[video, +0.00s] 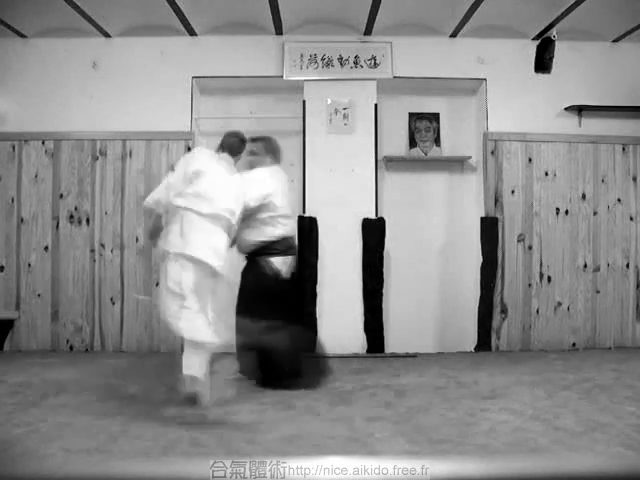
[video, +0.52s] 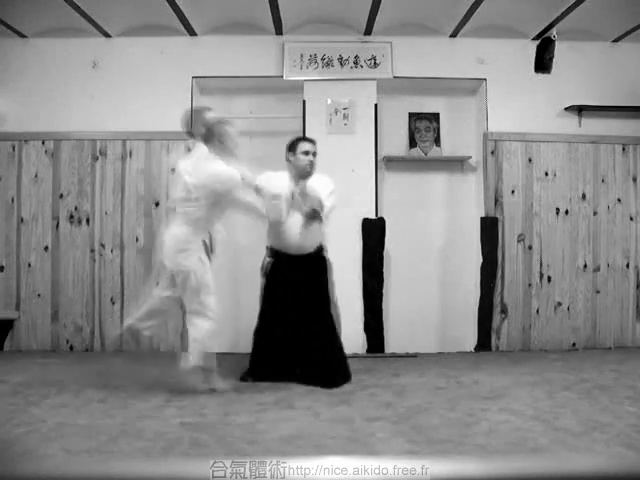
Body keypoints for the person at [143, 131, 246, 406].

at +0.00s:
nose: (230, 154)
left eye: (224, 144)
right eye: (239, 155)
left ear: (219, 145)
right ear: (239, 155)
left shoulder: (197, 156)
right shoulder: (238, 181)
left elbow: (166, 191)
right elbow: (233, 222)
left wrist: (153, 223)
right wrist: (225, 241)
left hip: (182, 235)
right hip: (212, 243)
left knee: (174, 300)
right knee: (200, 304)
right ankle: (194, 374)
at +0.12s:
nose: (240, 158)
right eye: (242, 154)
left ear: (220, 145)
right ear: (241, 154)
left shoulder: (192, 161)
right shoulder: (240, 184)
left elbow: (162, 195)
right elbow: (234, 226)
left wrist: (155, 229)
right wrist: (221, 242)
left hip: (174, 235)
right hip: (205, 244)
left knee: (160, 298)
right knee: (196, 311)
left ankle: (152, 367)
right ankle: (183, 378)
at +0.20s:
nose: (239, 161)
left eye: (237, 155)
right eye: (239, 156)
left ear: (213, 153)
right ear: (236, 157)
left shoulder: (186, 175)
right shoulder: (239, 189)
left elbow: (162, 209)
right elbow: (249, 227)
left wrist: (160, 236)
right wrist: (261, 204)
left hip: (169, 251)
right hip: (201, 258)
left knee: (144, 312)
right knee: (194, 325)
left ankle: (109, 354)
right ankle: (177, 386)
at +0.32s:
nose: (223, 137)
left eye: (220, 131)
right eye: (217, 133)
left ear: (194, 141)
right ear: (209, 138)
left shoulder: (178, 174)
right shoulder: (219, 172)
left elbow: (164, 210)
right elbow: (254, 188)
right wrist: (279, 178)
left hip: (166, 248)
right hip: (194, 252)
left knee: (145, 306)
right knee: (196, 321)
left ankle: (100, 347)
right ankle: (184, 385)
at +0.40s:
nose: (218, 128)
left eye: (216, 122)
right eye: (214, 123)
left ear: (191, 132)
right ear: (202, 130)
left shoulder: (174, 160)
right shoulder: (211, 161)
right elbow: (252, 175)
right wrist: (289, 186)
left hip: (167, 240)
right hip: (190, 244)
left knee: (152, 292)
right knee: (198, 310)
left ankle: (110, 337)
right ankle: (185, 376)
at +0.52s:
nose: (236, 143)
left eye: (234, 138)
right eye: (232, 138)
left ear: (210, 139)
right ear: (222, 141)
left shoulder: (189, 162)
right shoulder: (220, 172)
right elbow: (248, 201)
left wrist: (255, 182)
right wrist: (272, 213)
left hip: (172, 237)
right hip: (189, 243)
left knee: (169, 293)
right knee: (203, 306)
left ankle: (129, 332)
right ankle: (199, 369)